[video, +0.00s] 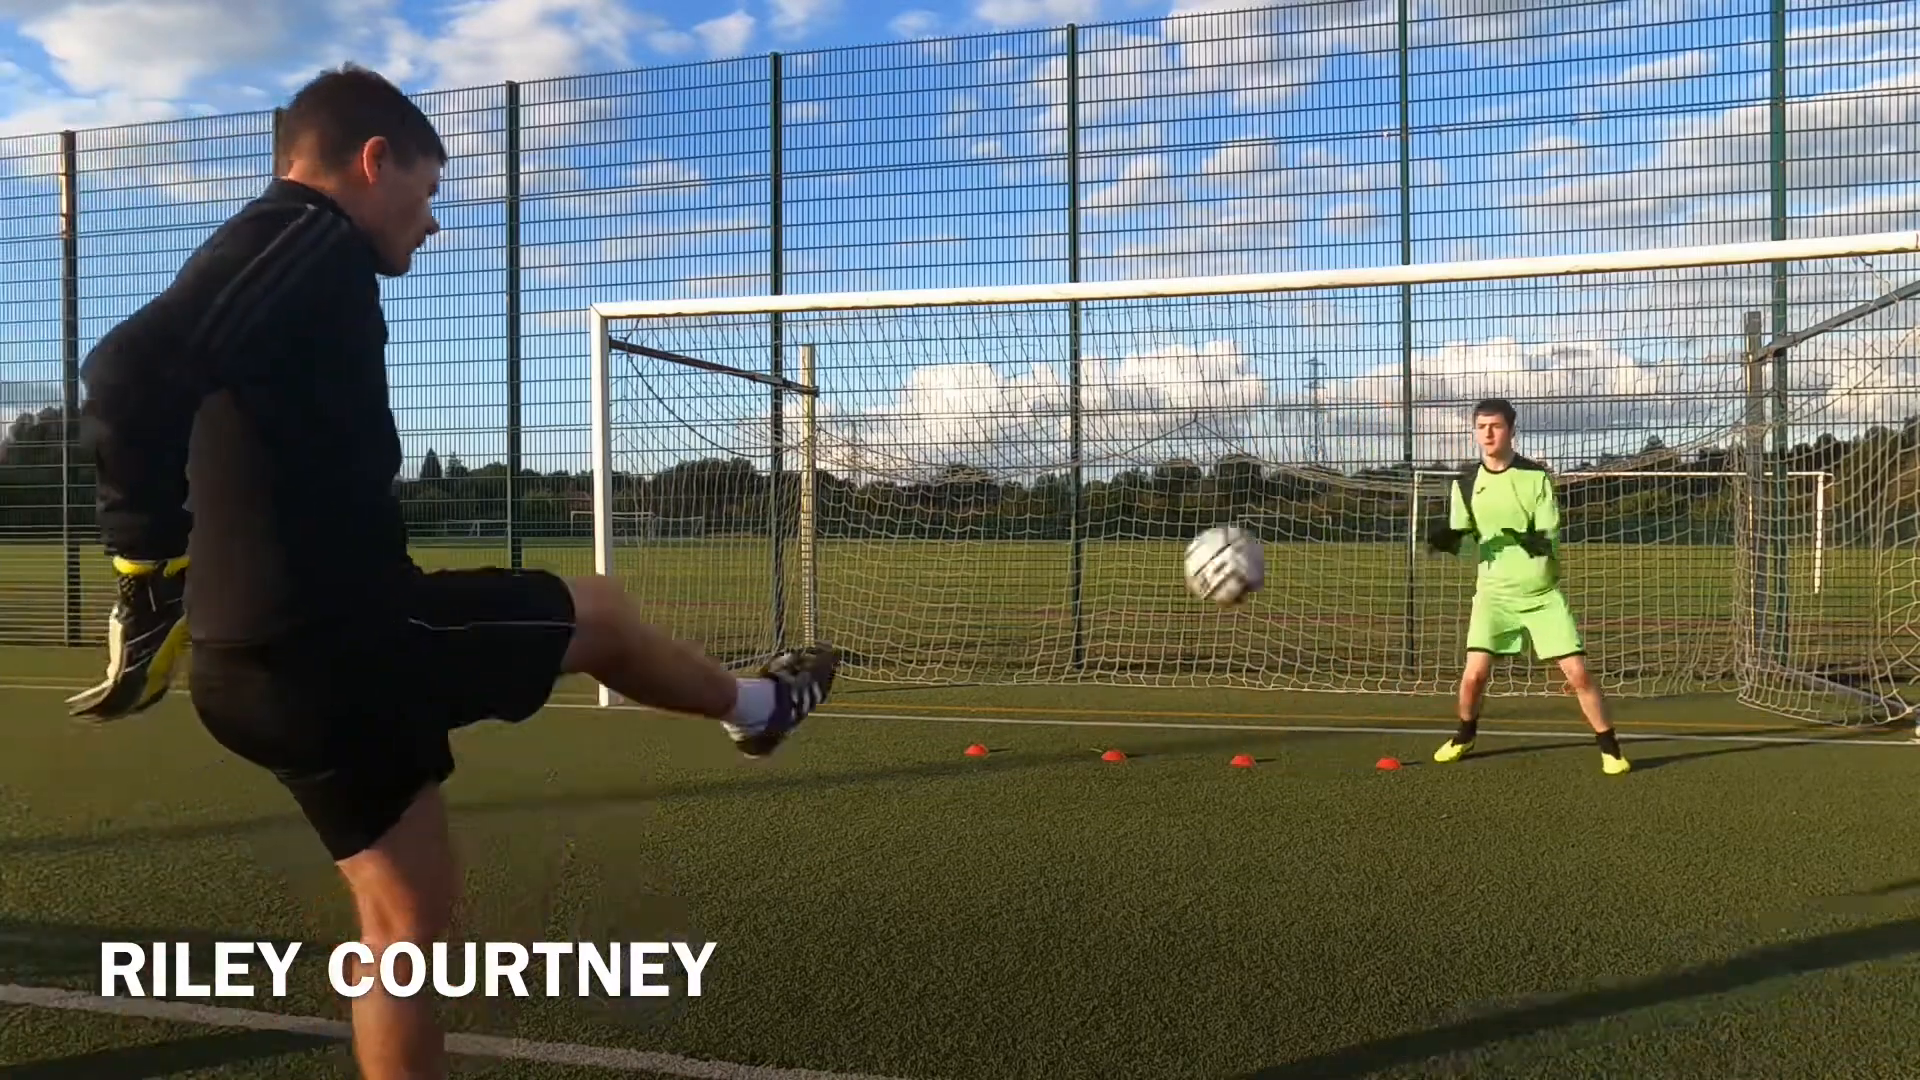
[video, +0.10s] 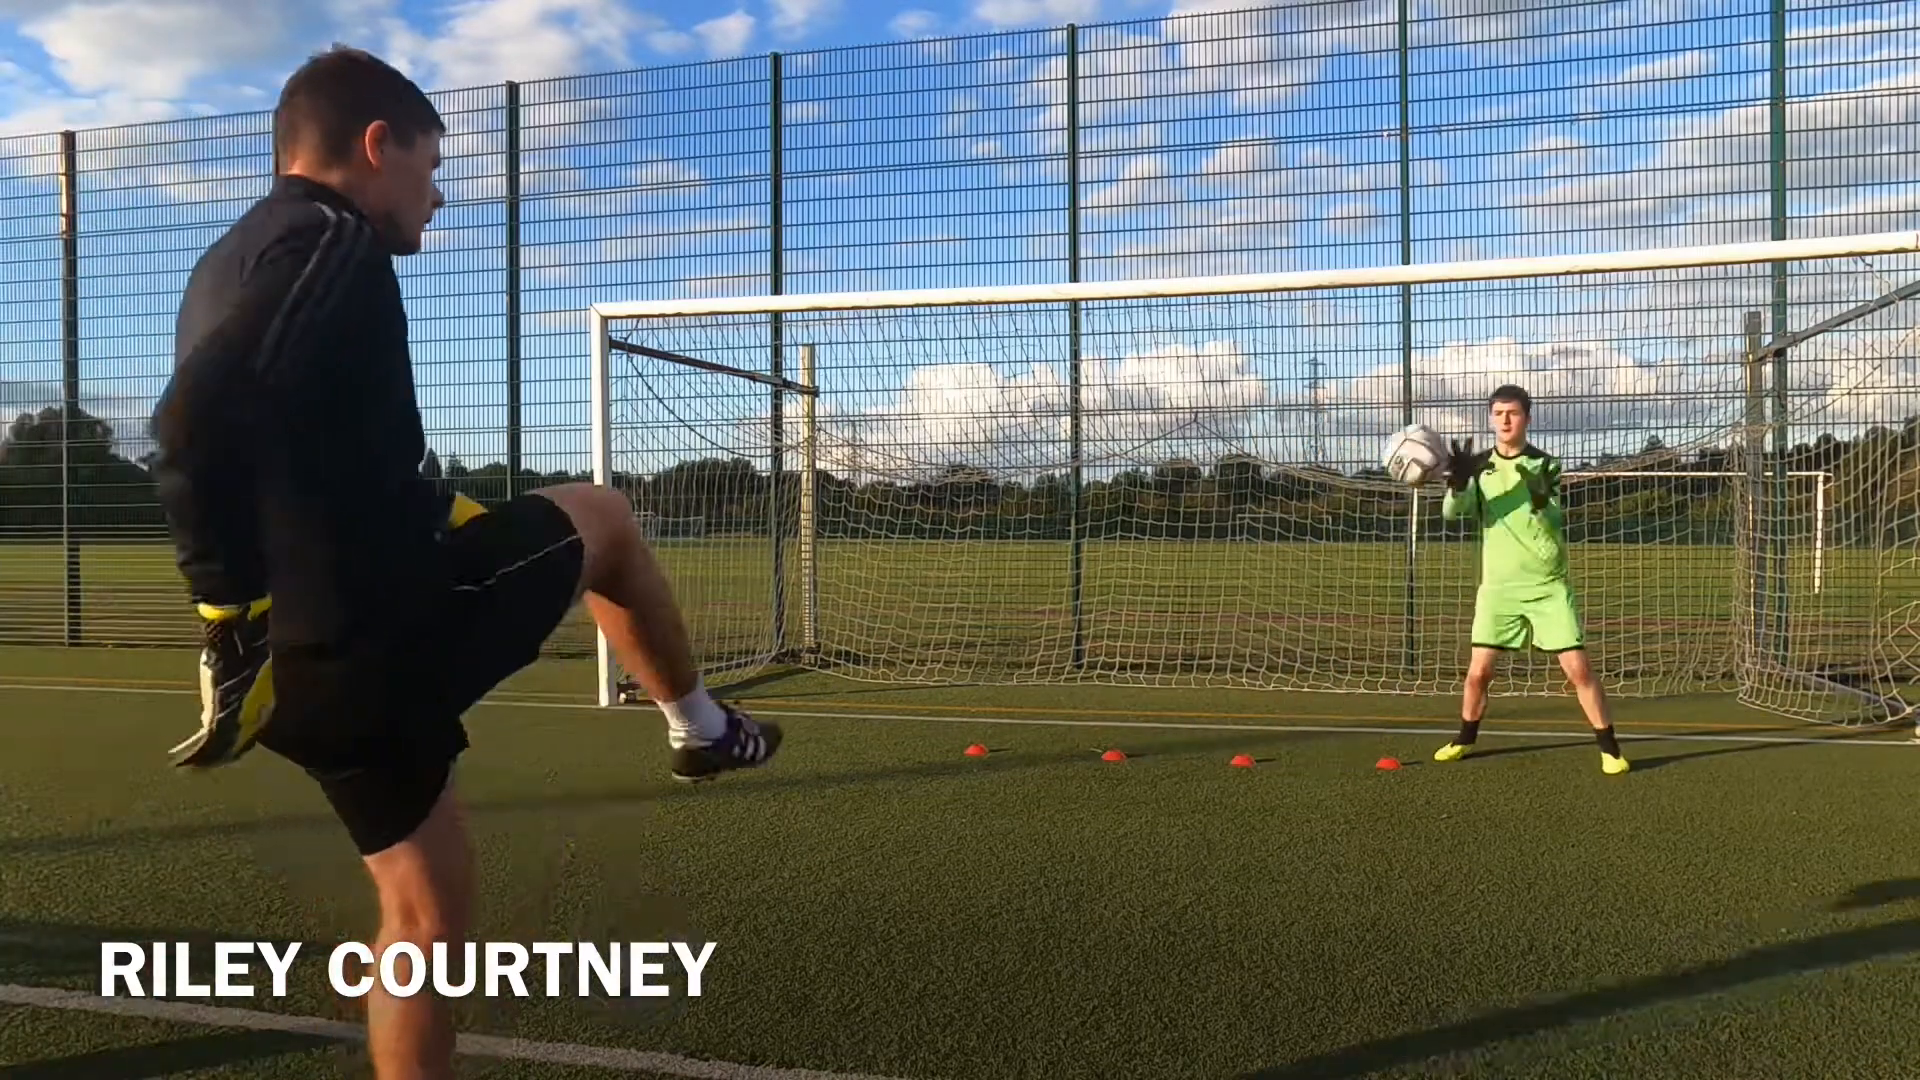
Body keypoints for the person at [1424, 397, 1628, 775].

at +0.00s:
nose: (1489, 434)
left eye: (1496, 426)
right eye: (1482, 427)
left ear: (1511, 431)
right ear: (1475, 433)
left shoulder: (1537, 478)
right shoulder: (1466, 482)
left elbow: (1549, 539)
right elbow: (1460, 539)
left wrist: (1534, 541)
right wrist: (1446, 540)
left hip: (1541, 594)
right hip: (1491, 597)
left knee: (1578, 674)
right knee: (1474, 675)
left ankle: (1609, 747)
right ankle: (1465, 736)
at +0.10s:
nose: (1505, 420)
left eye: (1513, 413)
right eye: (1499, 414)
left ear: (1528, 419)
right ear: (1490, 420)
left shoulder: (1547, 464)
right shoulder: (1477, 467)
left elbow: (1554, 524)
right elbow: (1453, 513)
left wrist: (1540, 496)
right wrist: (1459, 482)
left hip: (1548, 586)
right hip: (1497, 589)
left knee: (1578, 669)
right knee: (1478, 671)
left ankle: (1609, 747)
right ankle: (1465, 739)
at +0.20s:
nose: (1529, 411)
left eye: (1536, 403)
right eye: (1521, 404)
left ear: (1549, 410)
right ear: (1511, 411)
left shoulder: (1553, 459)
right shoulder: (1495, 452)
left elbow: (1565, 489)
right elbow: (1472, 458)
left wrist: (1565, 444)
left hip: (1544, 582)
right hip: (1493, 581)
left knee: (1578, 666)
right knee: (1478, 666)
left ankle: (1609, 748)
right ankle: (1462, 738)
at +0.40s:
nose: (1534, 418)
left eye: (1541, 411)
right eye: (1528, 412)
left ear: (1558, 411)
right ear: (1520, 414)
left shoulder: (1574, 461)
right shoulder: (1507, 454)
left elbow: (1577, 524)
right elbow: (1470, 488)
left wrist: (1563, 481)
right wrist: (1497, 451)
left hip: (1554, 585)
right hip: (1502, 582)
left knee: (1581, 667)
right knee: (1480, 663)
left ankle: (1609, 749)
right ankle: (1468, 739)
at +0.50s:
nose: (1516, 423)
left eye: (1523, 415)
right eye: (1510, 417)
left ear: (1541, 414)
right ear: (1505, 420)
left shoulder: (1564, 461)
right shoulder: (1496, 458)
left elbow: (1572, 528)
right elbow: (1478, 521)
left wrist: (1543, 511)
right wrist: (1483, 504)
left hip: (1557, 583)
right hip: (1508, 581)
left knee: (1580, 666)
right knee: (1481, 657)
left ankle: (1609, 749)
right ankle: (1468, 738)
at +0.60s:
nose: (1486, 441)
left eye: (1493, 433)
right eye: (1481, 434)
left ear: (1511, 429)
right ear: (1477, 436)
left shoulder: (1547, 468)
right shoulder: (1481, 471)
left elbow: (1567, 529)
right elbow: (1478, 521)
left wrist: (1527, 540)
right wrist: (1475, 539)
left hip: (1556, 584)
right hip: (1508, 582)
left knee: (1578, 664)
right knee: (1486, 656)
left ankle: (1609, 748)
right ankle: (1467, 739)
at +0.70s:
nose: (1458, 456)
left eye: (1463, 446)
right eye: (1452, 450)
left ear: (1481, 442)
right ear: (1450, 453)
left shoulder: (1523, 477)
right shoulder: (1467, 485)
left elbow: (1552, 534)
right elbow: (1470, 528)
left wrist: (1504, 549)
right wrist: (1454, 555)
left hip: (1554, 584)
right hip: (1509, 588)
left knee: (1576, 664)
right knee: (1482, 656)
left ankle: (1609, 749)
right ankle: (1468, 739)